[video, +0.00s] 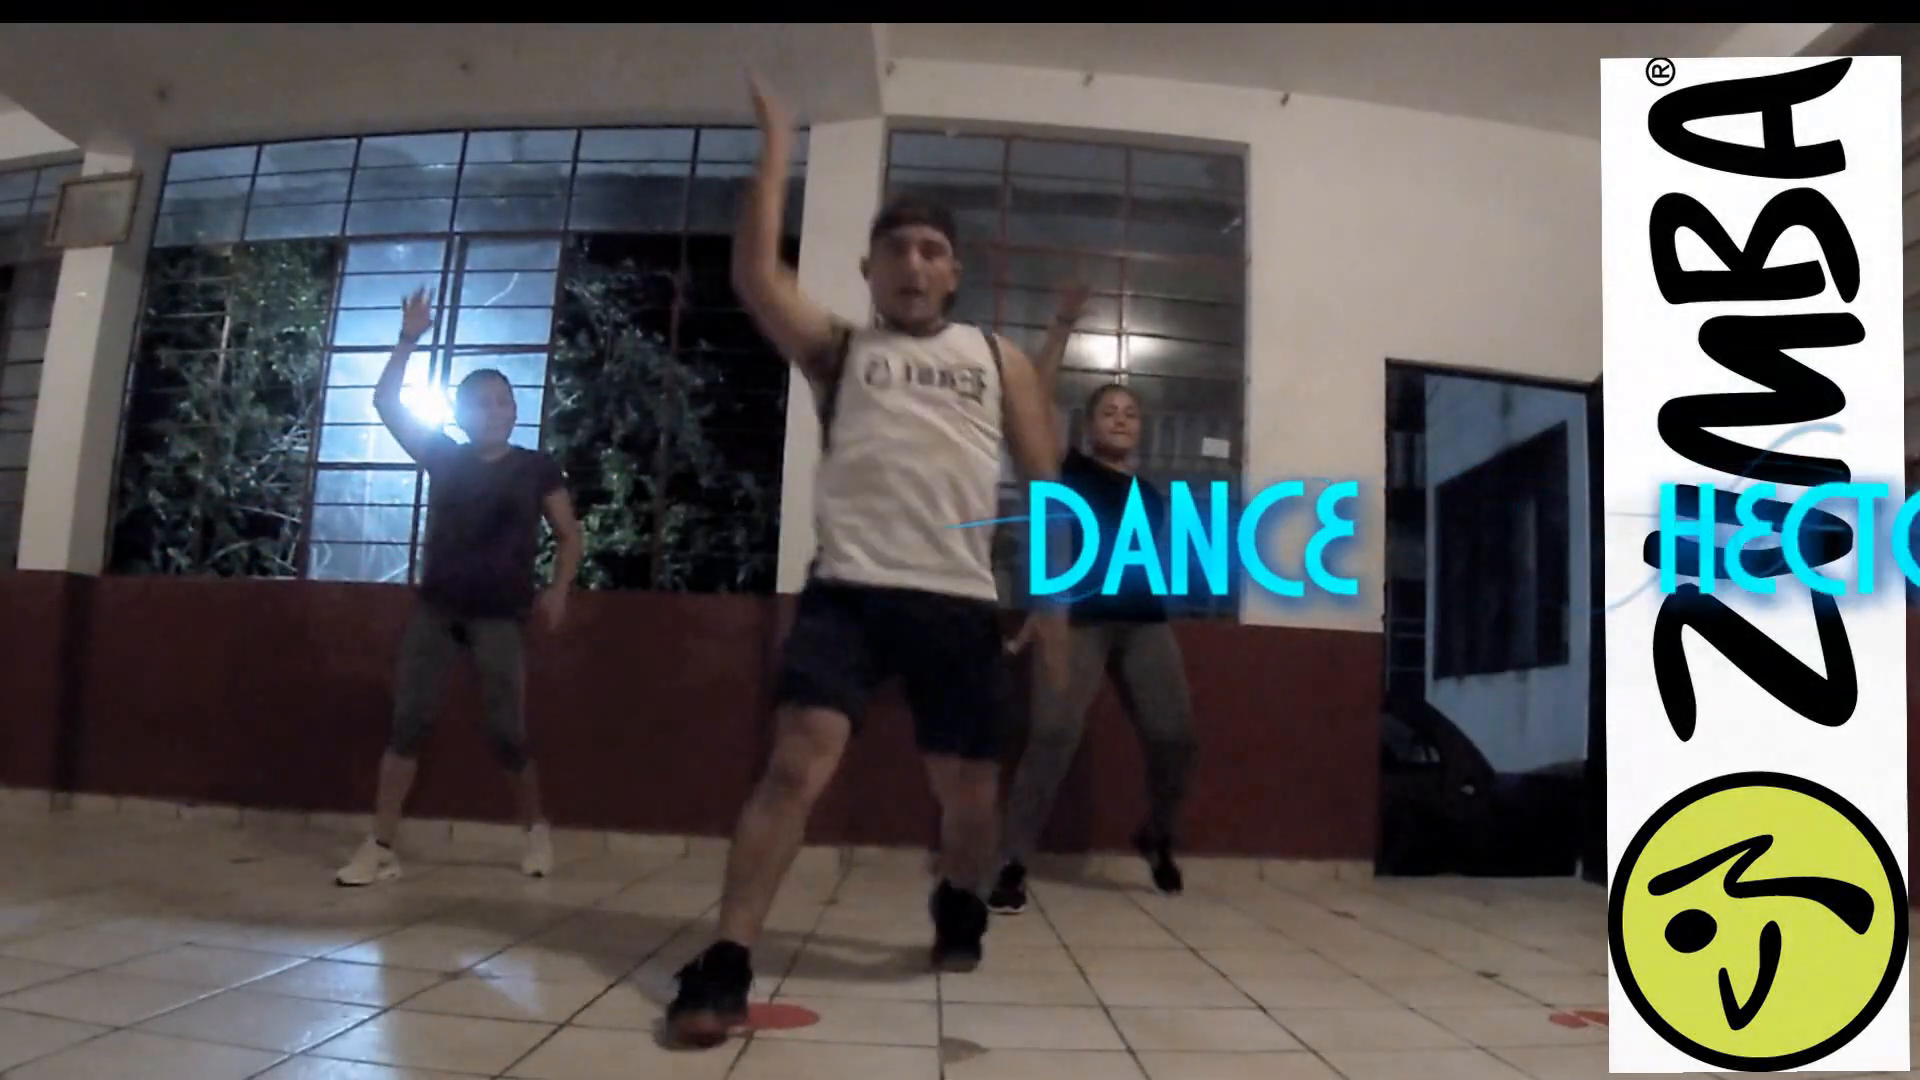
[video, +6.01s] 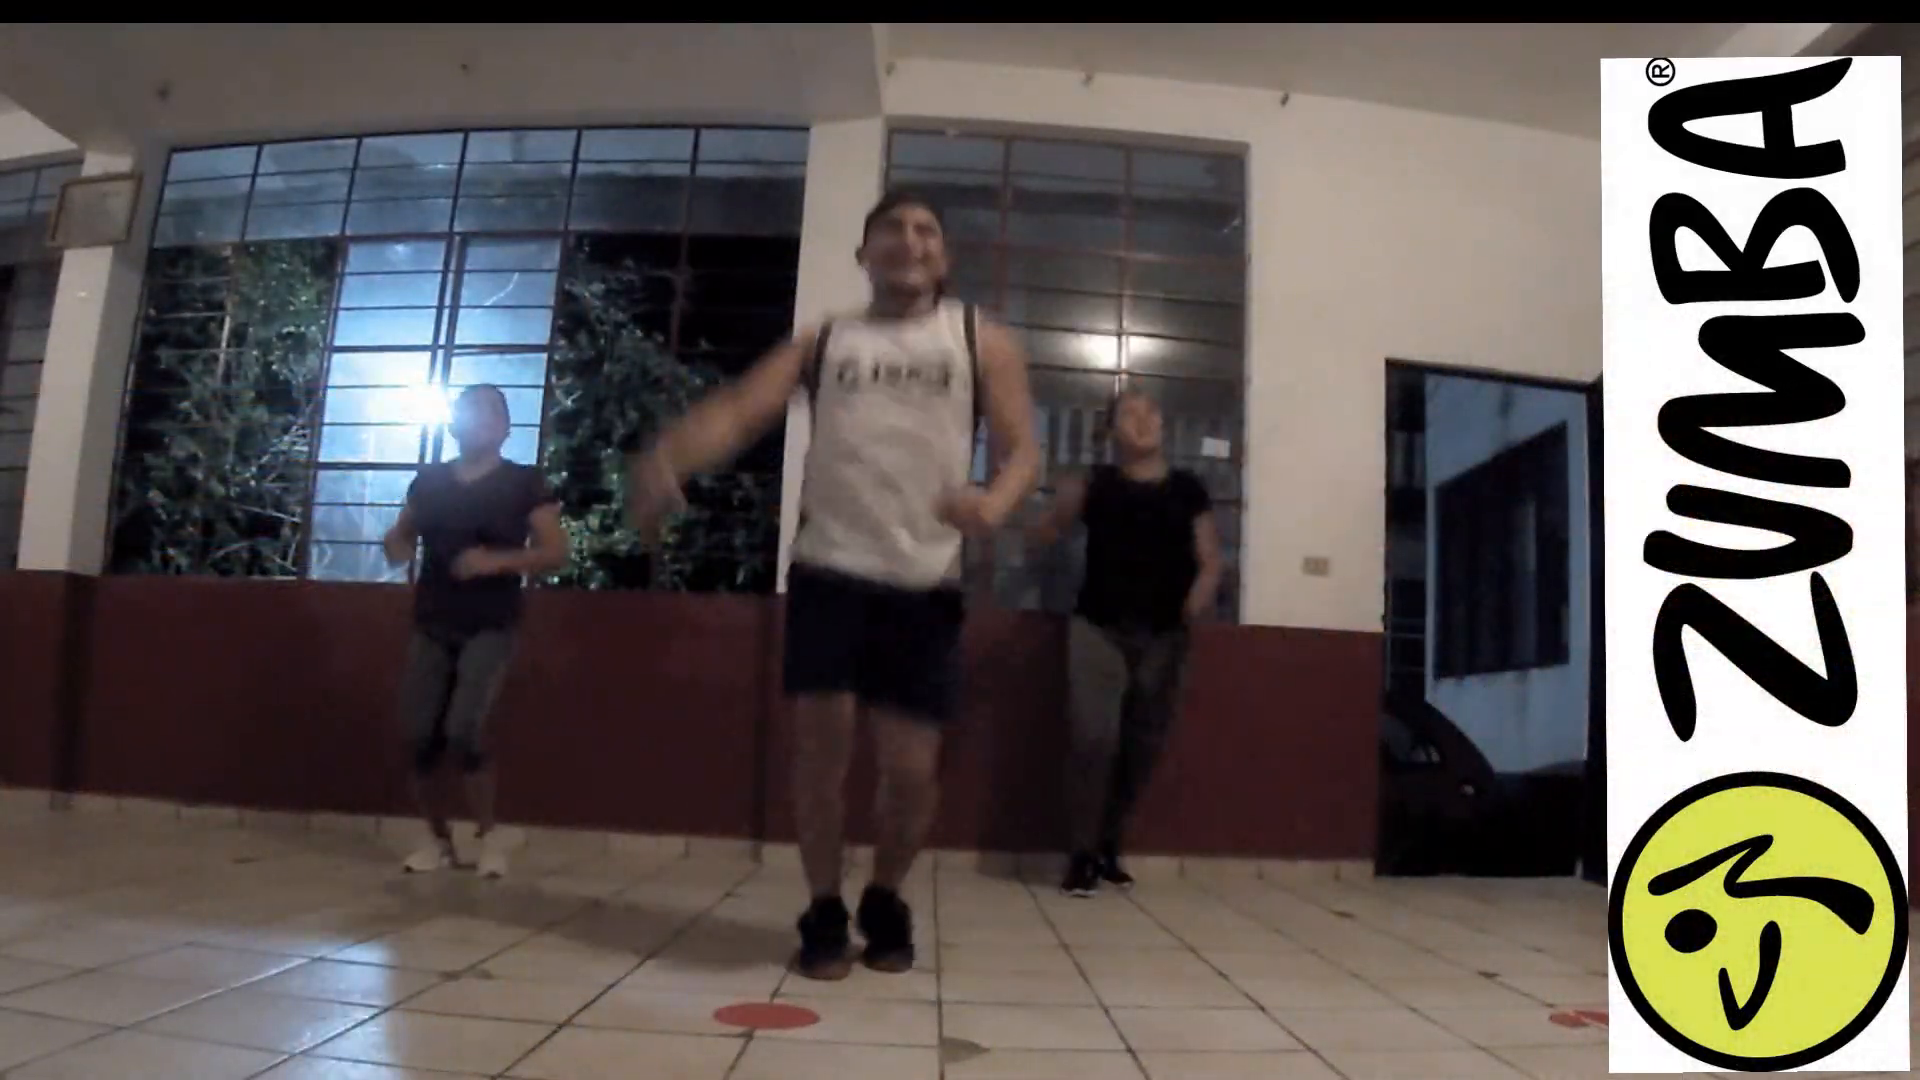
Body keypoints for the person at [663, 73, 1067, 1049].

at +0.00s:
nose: (916, 263)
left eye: (933, 252)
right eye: (900, 249)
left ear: (956, 274)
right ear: (872, 267)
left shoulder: (1000, 360)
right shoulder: (840, 346)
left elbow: (1047, 481)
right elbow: (757, 280)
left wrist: (1047, 599)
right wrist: (774, 151)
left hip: (959, 604)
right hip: (846, 595)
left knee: (969, 791)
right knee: (795, 766)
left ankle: (961, 899)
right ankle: (726, 962)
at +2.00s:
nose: (904, 265)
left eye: (920, 253)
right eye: (887, 253)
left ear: (942, 273)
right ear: (857, 271)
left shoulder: (976, 373)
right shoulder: (812, 362)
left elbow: (1050, 465)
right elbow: (746, 451)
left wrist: (1115, 502)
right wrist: (723, 479)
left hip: (936, 603)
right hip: (833, 599)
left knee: (933, 772)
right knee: (769, 741)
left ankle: (912, 918)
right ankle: (719, 937)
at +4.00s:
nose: (871, 264)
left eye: (881, 252)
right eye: (856, 250)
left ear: (894, 266)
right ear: (818, 260)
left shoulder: (913, 336)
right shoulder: (782, 331)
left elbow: (1006, 371)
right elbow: (691, 337)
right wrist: (794, 296)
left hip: (885, 565)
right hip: (785, 561)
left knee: (901, 716)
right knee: (740, 726)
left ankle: (885, 880)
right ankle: (714, 896)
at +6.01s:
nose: (912, 243)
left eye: (926, 232)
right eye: (895, 231)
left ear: (946, 254)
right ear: (865, 253)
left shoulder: (982, 339)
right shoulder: (826, 340)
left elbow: (1021, 448)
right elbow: (738, 410)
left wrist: (995, 501)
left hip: (923, 585)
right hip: (827, 575)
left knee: (912, 768)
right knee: (820, 747)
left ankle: (886, 900)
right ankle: (824, 910)